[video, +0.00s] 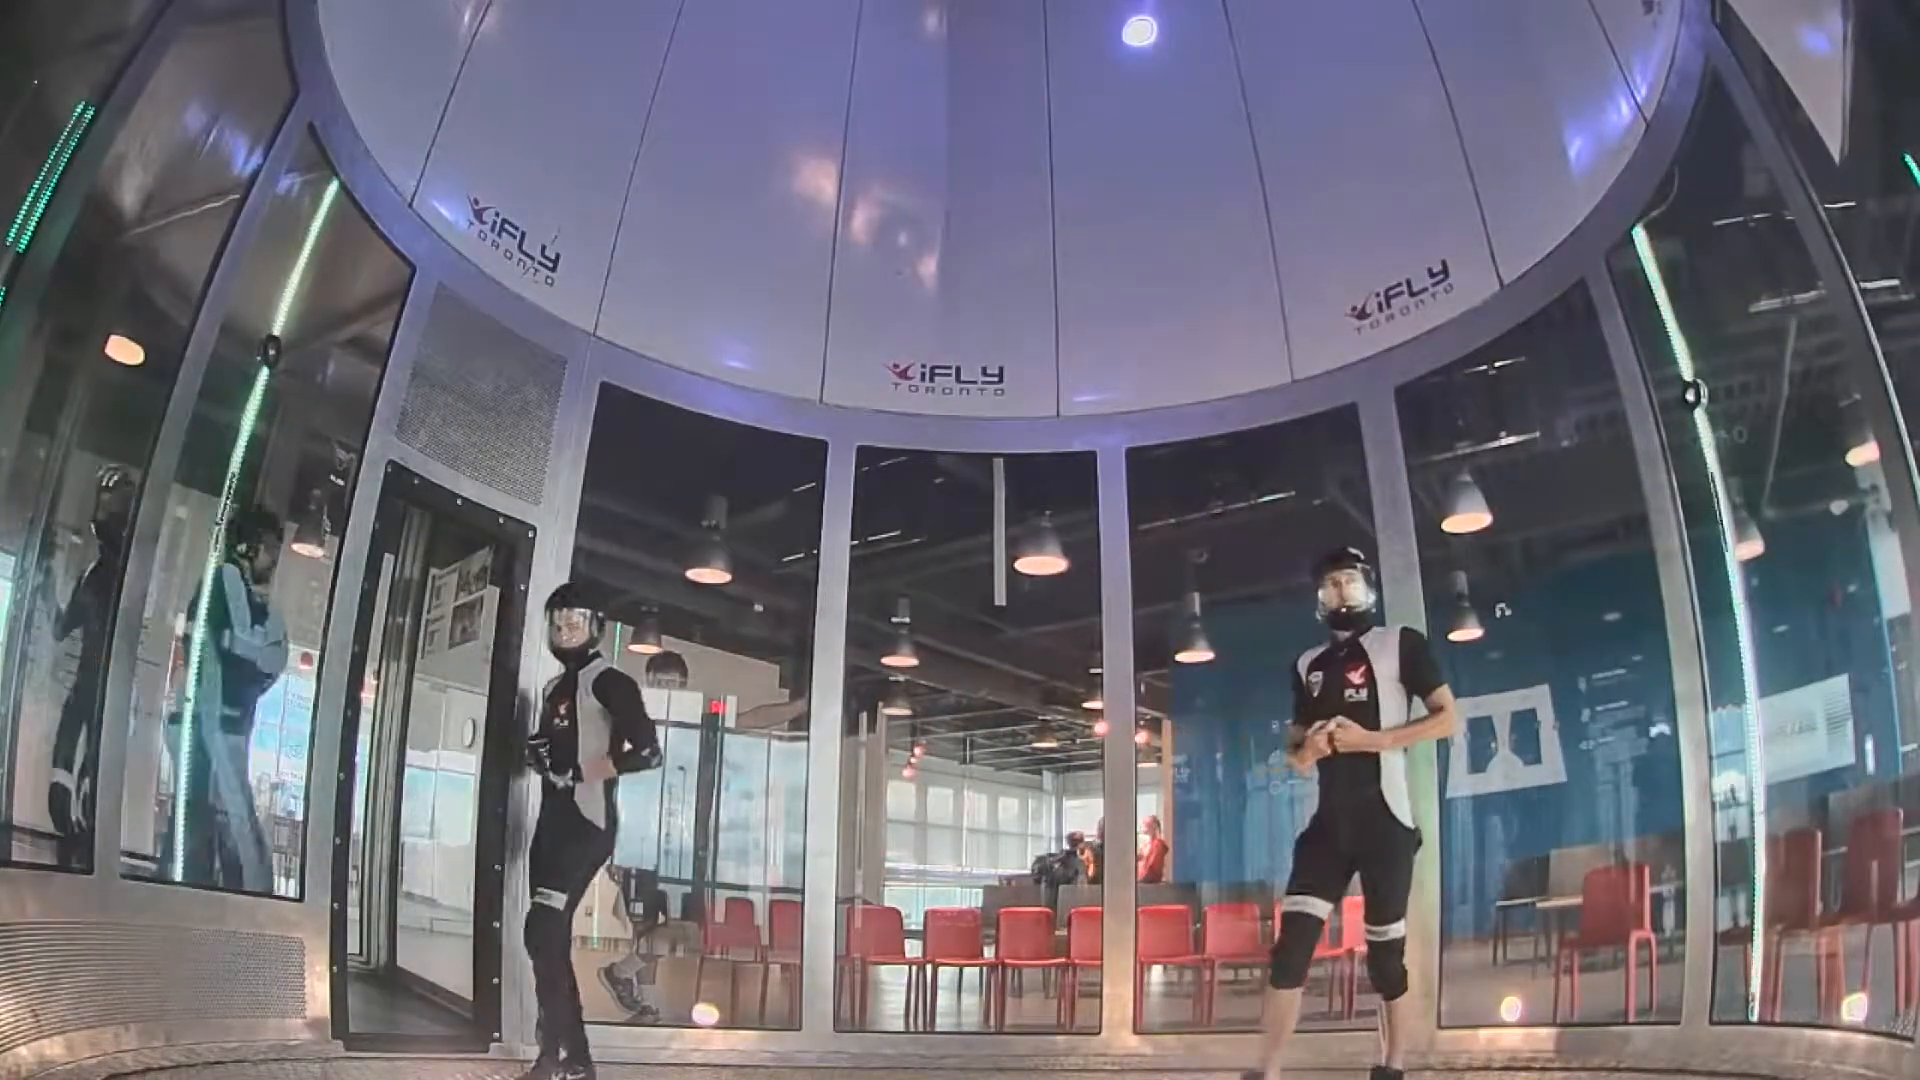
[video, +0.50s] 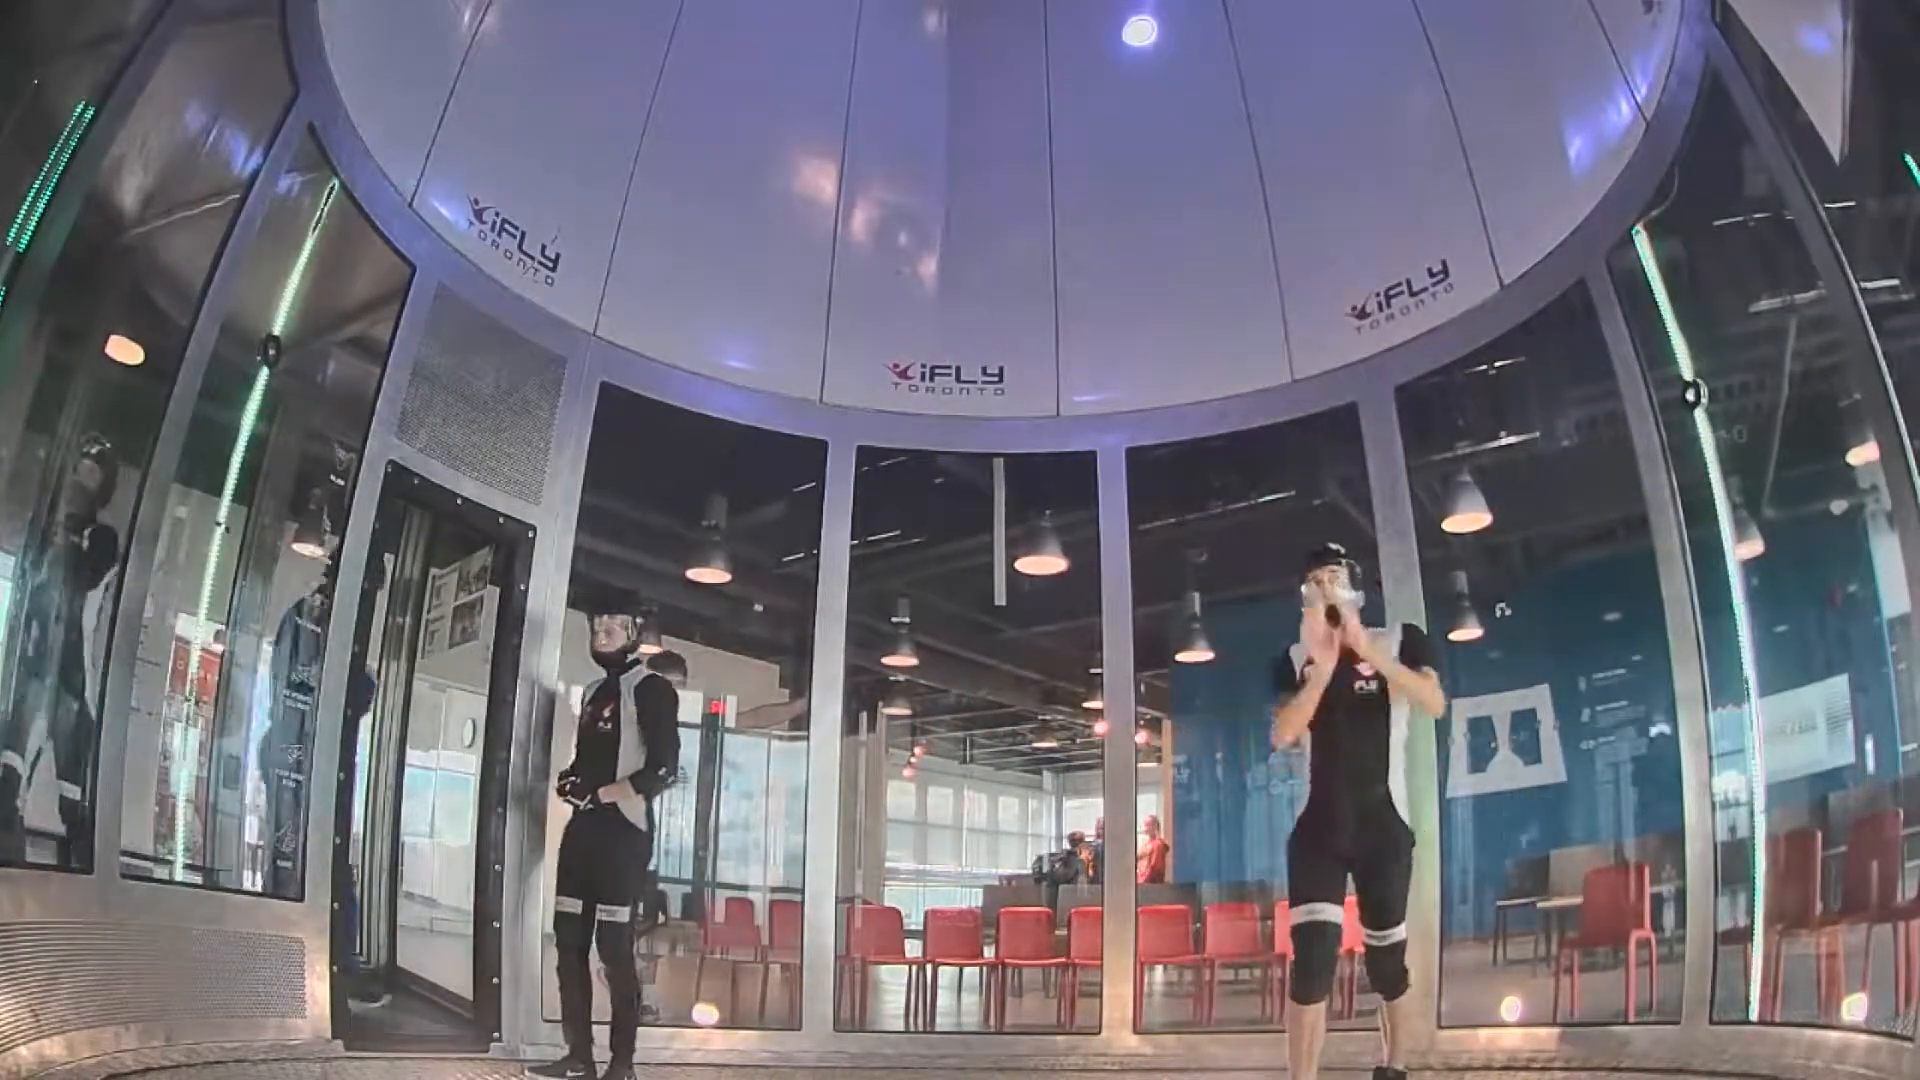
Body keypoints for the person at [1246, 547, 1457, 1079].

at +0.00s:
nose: (1340, 593)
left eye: (1350, 582)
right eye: (1330, 584)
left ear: (1370, 588)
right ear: (1318, 595)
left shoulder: (1402, 643)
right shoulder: (1307, 665)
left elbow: (1448, 718)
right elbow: (1296, 756)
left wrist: (1375, 739)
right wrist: (1308, 750)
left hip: (1388, 821)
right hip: (1329, 822)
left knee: (1384, 962)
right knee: (1290, 949)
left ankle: (1391, 1064)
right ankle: (1266, 1071)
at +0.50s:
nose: (1327, 588)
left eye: (1336, 577)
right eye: (1317, 580)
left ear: (1355, 586)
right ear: (1304, 592)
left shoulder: (1399, 641)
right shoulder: (1292, 659)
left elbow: (1434, 702)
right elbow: (1284, 734)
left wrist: (1366, 647)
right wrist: (1322, 666)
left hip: (1382, 828)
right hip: (1318, 830)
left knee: (1387, 967)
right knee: (1313, 962)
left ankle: (1392, 1065)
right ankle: (1302, 1076)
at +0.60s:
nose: (1314, 579)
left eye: (1321, 573)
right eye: (1303, 571)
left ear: (1340, 584)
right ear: (1294, 588)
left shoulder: (1373, 634)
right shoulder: (1287, 641)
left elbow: (1408, 657)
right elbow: (1284, 665)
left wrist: (1366, 564)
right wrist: (1320, 583)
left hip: (1373, 816)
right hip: (1308, 820)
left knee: (1381, 965)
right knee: (1311, 967)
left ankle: (1391, 1062)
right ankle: (1301, 1078)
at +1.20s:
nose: (1298, 562)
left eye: (1305, 556)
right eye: (1282, 558)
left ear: (1321, 569)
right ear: (1268, 582)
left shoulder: (1372, 625)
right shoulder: (1271, 638)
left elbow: (1380, 574)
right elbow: (1283, 578)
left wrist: (1349, 475)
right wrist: (1295, 478)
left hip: (1379, 815)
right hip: (1306, 821)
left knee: (1395, 969)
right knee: (1307, 977)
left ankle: (1421, 1070)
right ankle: (1301, 1077)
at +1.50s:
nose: (1324, 550)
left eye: (1333, 541)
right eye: (1313, 544)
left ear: (1352, 556)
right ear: (1301, 563)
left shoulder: (1396, 620)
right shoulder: (1299, 631)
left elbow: (1422, 597)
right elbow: (1287, 606)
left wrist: (1369, 497)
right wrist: (1314, 500)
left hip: (1396, 815)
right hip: (1323, 819)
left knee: (1406, 977)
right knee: (1313, 979)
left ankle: (1437, 1074)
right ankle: (1304, 1077)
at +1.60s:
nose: (1343, 553)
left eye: (1353, 540)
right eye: (1332, 544)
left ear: (1376, 545)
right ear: (1322, 557)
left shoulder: (1421, 607)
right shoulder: (1326, 621)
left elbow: (1464, 656)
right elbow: (1291, 677)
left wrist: (1398, 576)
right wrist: (1318, 584)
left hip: (1412, 808)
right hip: (1346, 810)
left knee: (1429, 976)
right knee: (1326, 971)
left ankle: (1467, 1070)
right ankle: (1304, 1077)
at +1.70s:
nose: (1341, 571)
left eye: (1350, 558)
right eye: (1334, 562)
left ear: (1384, 556)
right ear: (1332, 567)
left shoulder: (1437, 615)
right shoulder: (1338, 634)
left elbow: (1481, 679)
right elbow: (1304, 711)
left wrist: (1410, 628)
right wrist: (1323, 640)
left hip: (1423, 814)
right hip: (1358, 817)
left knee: (1444, 975)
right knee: (1334, 974)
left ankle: (1483, 1075)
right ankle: (1308, 1079)